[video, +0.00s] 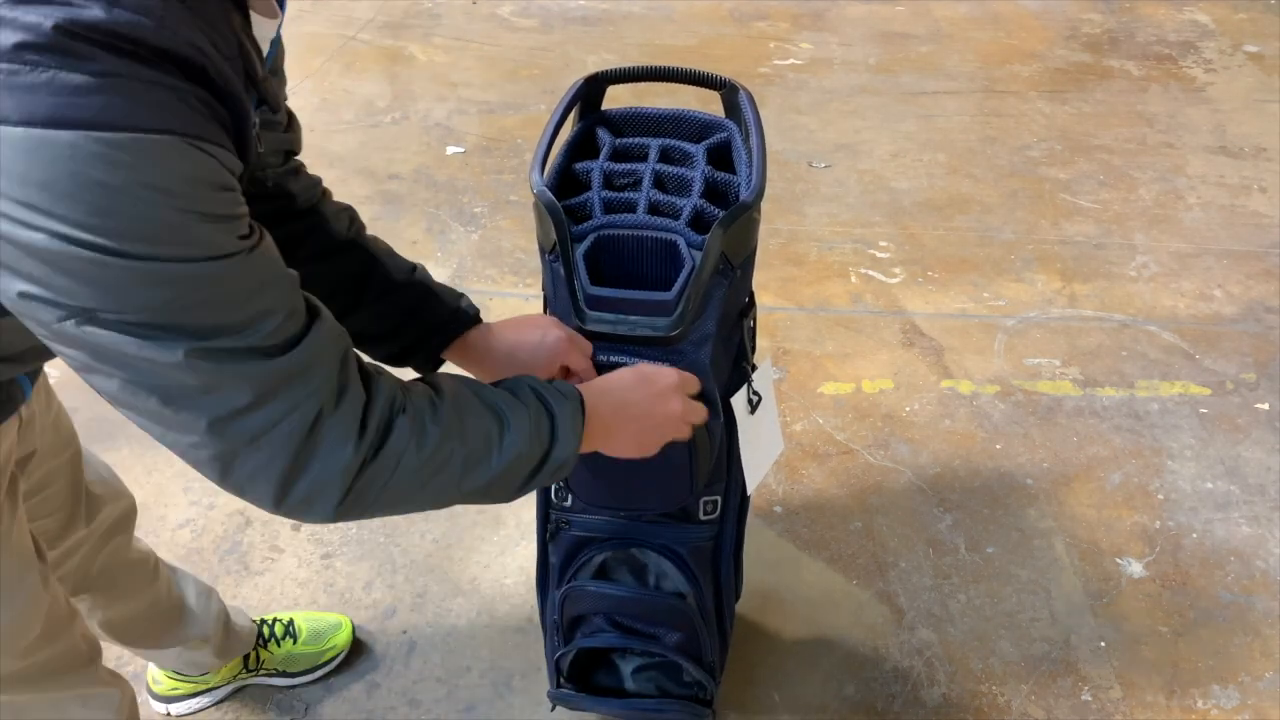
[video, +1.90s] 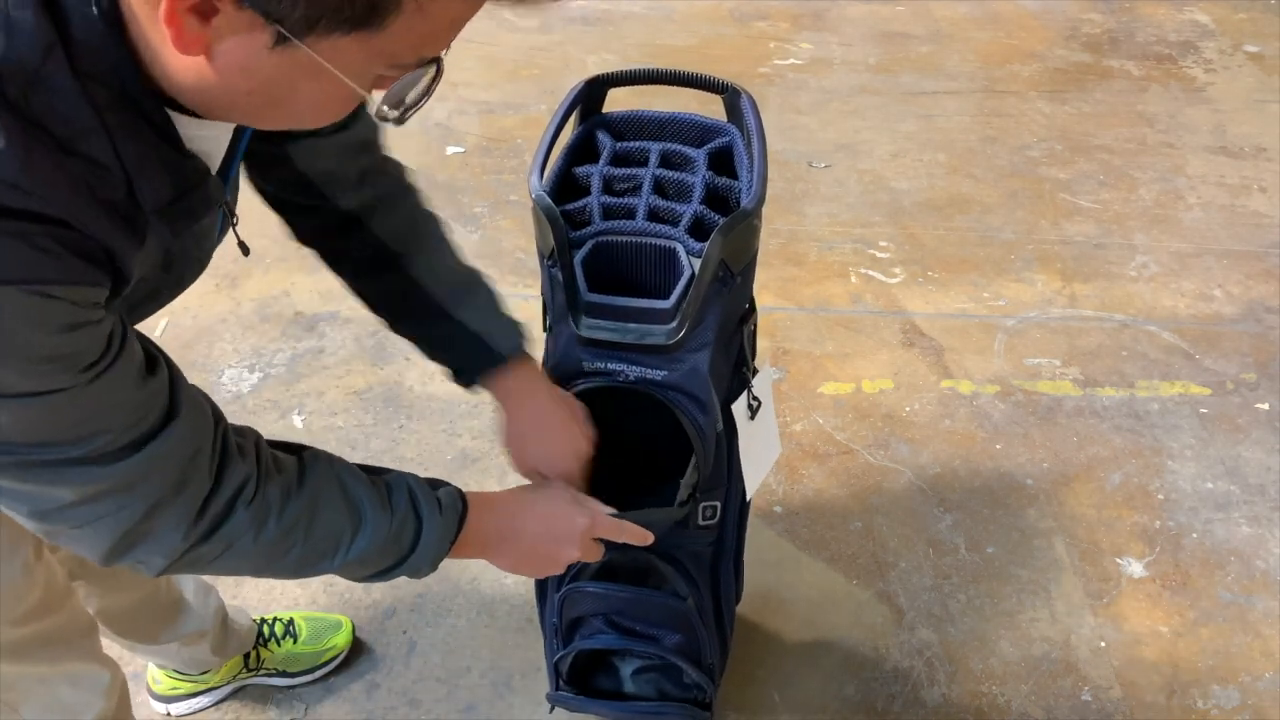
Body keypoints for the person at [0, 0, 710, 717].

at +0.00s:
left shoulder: (192, 23)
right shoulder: (72, 119)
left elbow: (272, 202)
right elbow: (315, 450)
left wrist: (465, 337)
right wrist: (584, 420)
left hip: (15, 373)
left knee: (82, 533)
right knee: (42, 668)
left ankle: (198, 653)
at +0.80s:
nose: (502, 21)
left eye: (515, 7)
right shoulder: (176, 112)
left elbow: (279, 260)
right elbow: (430, 437)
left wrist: (460, 367)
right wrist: (661, 489)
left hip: (16, 396)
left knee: (86, 542)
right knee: (53, 674)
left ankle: (201, 654)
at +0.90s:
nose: (498, 39)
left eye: (520, 19)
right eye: (515, 10)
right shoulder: (192, 124)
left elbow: (296, 238)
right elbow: (412, 443)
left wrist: (448, 363)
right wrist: (627, 518)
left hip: (15, 394)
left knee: (84, 542)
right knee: (53, 661)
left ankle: (204, 656)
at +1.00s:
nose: (483, 37)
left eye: (507, 20)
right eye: (504, 13)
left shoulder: (237, 14)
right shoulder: (164, 128)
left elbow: (316, 195)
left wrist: (461, 360)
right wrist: (537, 487)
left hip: (20, 392)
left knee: (94, 532)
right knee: (69, 666)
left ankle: (202, 654)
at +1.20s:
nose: (445, 56)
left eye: (468, 39)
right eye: (461, 31)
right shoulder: (82, 168)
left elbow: (343, 115)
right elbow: (212, 503)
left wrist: (481, 294)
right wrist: (488, 524)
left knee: (80, 517)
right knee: (59, 644)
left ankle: (202, 653)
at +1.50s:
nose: (408, 82)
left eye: (426, 56)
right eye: (398, 57)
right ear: (238, 13)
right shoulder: (32, 223)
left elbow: (373, 149)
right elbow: (201, 480)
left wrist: (523, 364)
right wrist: (479, 518)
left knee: (83, 513)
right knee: (39, 622)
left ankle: (200, 653)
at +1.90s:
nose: (382, 104)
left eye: (406, 77)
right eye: (383, 76)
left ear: (194, 17)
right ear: (198, 23)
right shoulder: (19, 256)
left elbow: (347, 189)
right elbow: (178, 498)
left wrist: (515, 380)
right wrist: (472, 524)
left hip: (45, 361)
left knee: (97, 518)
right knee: (37, 628)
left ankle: (199, 654)